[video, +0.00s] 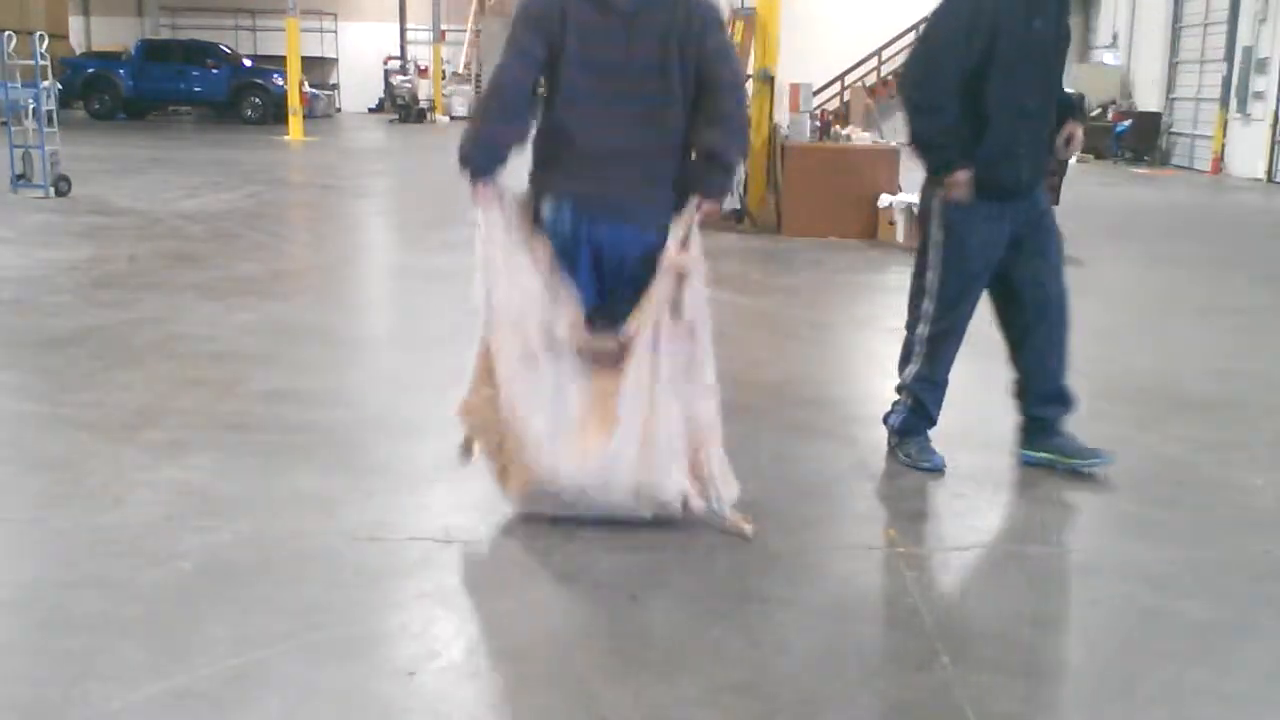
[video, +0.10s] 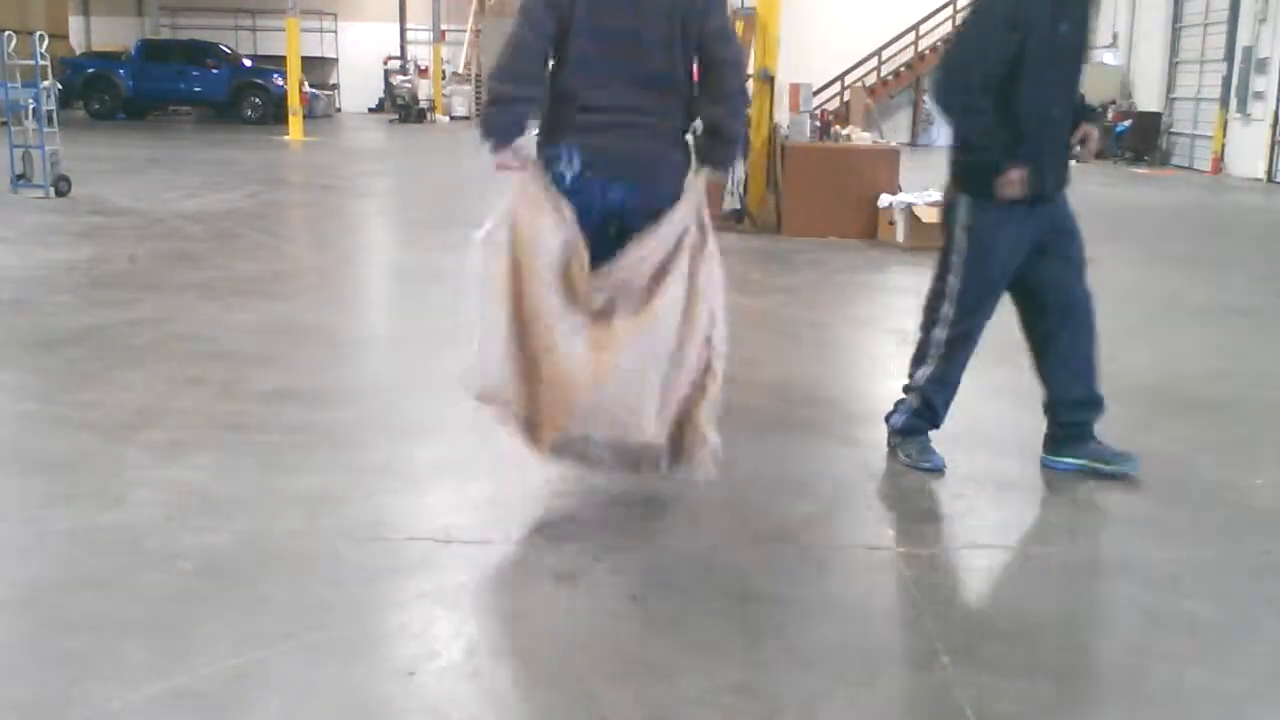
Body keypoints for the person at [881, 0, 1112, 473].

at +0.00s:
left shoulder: (1054, 11)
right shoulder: (973, 8)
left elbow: (1034, 80)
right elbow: (924, 78)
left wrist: (1068, 113)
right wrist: (949, 162)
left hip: (1025, 193)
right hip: (968, 189)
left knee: (1041, 314)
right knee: (941, 316)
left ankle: (1042, 432)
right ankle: (909, 429)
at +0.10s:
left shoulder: (1074, 11)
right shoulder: (1006, 9)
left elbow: (1050, 84)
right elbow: (957, 83)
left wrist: (1083, 119)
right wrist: (998, 162)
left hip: (1044, 197)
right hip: (987, 196)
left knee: (1066, 316)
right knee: (957, 314)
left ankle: (1071, 437)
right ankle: (909, 426)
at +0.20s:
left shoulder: (1087, 17)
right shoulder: (1034, 12)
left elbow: (1069, 98)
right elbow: (1004, 90)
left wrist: (1108, 122)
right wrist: (1052, 161)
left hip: (1070, 204)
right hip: (1016, 200)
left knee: (1090, 321)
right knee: (986, 321)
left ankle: (1074, 437)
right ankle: (914, 420)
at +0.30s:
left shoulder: (1106, 13)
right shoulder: (1066, 10)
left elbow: (1098, 87)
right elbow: (1049, 85)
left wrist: (1136, 113)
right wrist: (1109, 143)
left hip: (1090, 191)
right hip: (1044, 187)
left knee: (1098, 321)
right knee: (1028, 317)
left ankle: (1074, 438)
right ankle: (936, 408)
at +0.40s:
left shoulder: (1125, 12)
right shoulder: (1091, 9)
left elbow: (1106, 80)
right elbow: (1066, 80)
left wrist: (1146, 104)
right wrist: (1135, 123)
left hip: (1100, 174)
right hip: (1064, 170)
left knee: (1104, 314)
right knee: (1070, 310)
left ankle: (1074, 438)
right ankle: (973, 410)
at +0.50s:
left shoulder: (1141, 11)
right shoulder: (1116, 9)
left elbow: (1114, 76)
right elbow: (1091, 77)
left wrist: (1159, 102)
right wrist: (1157, 110)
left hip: (1109, 171)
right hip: (1083, 168)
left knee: (1109, 313)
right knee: (1092, 313)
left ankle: (1076, 438)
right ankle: (1032, 440)